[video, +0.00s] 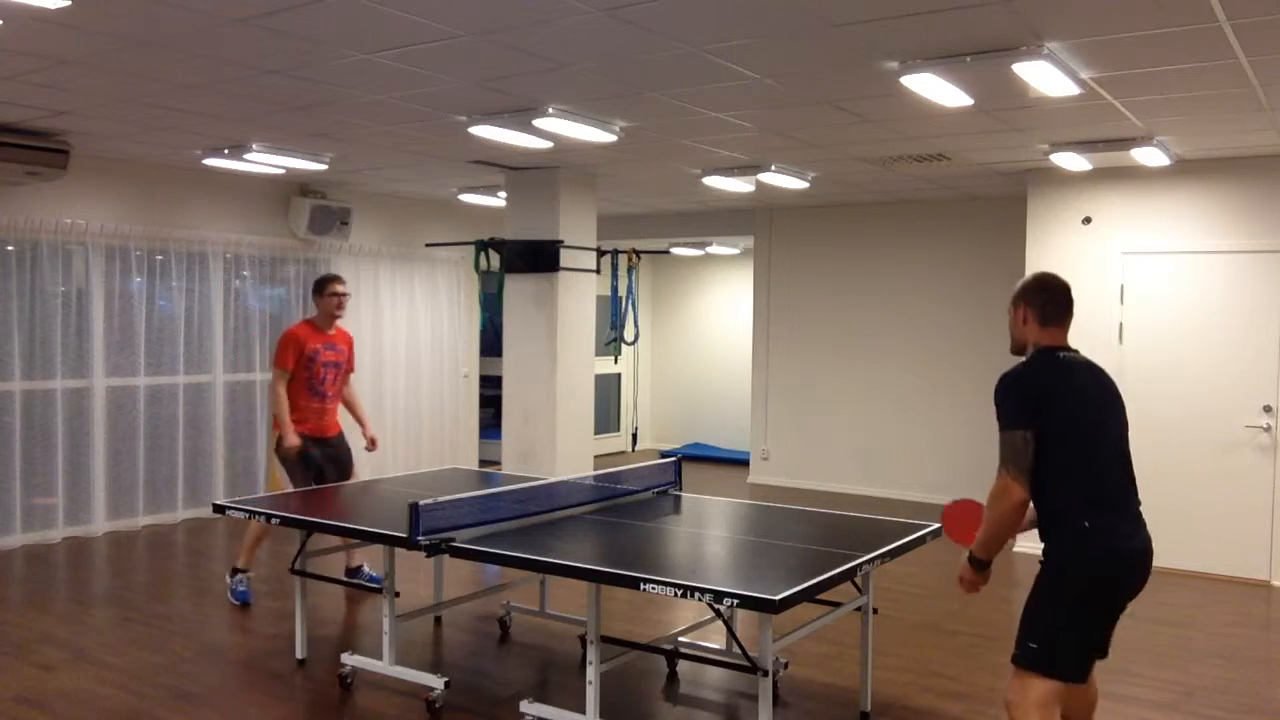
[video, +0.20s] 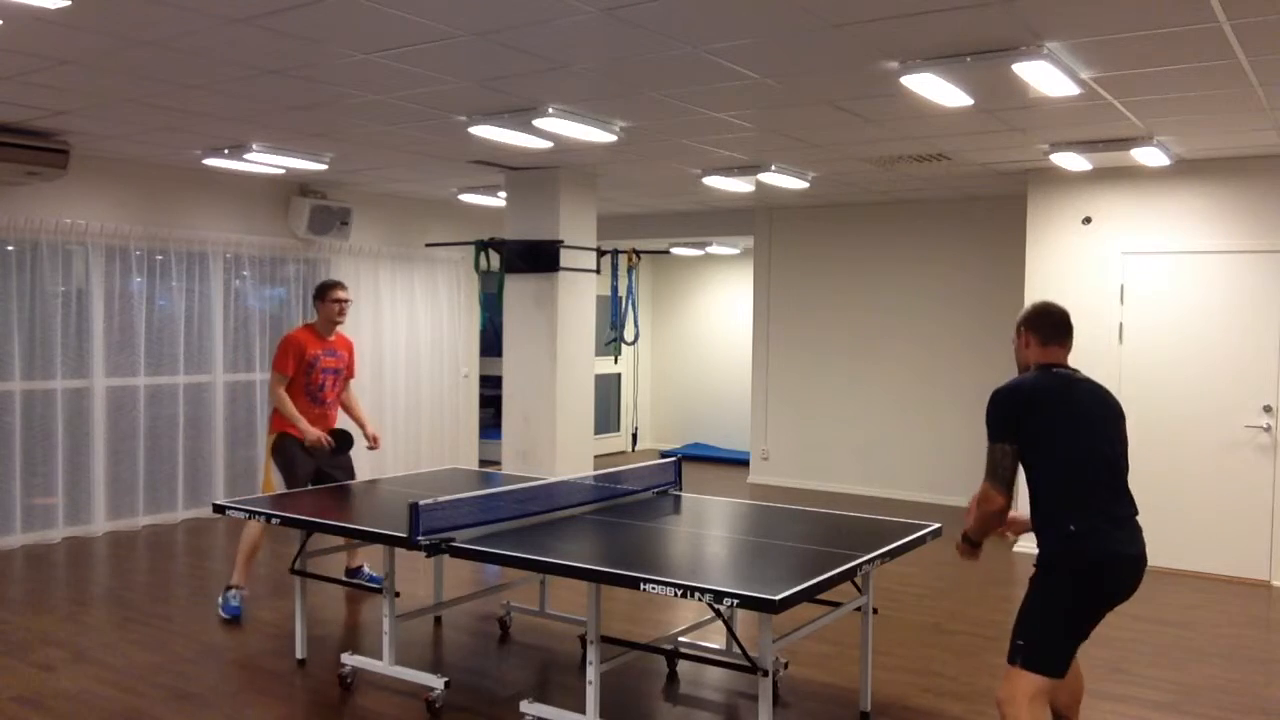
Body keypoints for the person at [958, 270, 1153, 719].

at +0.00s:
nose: (1009, 324)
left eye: (1012, 314)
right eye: (1011, 314)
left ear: (1025, 315)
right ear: (1066, 320)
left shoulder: (1021, 381)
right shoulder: (1098, 379)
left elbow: (1014, 490)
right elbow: (1097, 483)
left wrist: (978, 560)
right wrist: (1027, 521)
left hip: (1079, 554)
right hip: (1129, 549)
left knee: (1030, 690)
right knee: (1076, 674)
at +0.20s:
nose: (1016, 354)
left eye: (1016, 344)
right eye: (1016, 345)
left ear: (1025, 340)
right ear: (1068, 345)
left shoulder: (1013, 396)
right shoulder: (1104, 399)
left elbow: (995, 499)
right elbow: (1098, 497)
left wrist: (972, 537)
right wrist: (1025, 523)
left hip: (1071, 557)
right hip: (1127, 555)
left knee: (1019, 696)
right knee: (1059, 651)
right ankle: (1066, 712)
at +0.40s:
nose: (1013, 354)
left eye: (1013, 347)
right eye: (1013, 347)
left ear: (1020, 343)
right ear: (1064, 347)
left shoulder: (1005, 391)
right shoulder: (1100, 397)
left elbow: (975, 483)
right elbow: (1124, 491)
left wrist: (960, 467)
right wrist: (1076, 473)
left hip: (1056, 550)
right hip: (1116, 549)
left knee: (998, 680)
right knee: (1058, 638)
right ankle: (1065, 715)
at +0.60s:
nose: (1004, 350)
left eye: (1005, 343)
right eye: (1006, 344)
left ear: (1011, 341)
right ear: (1054, 348)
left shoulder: (993, 385)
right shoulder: (1088, 397)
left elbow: (956, 478)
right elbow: (1136, 486)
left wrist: (940, 453)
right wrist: (1110, 450)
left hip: (1040, 542)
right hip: (1100, 543)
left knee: (992, 678)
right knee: (1049, 636)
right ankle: (1060, 717)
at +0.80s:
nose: (981, 364)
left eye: (981, 357)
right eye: (982, 358)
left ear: (987, 356)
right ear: (1027, 361)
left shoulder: (980, 397)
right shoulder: (1056, 409)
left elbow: (957, 491)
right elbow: (1065, 487)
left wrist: (925, 504)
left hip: (1033, 557)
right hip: (1084, 556)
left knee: (966, 683)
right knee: (1023, 645)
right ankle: (1050, 713)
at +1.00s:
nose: (937, 369)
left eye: (938, 359)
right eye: (937, 359)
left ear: (949, 356)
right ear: (983, 357)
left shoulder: (952, 399)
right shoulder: (1021, 404)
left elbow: (950, 495)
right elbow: (1019, 487)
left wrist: (924, 514)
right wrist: (960, 513)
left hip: (1008, 568)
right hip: (1061, 564)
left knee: (923, 699)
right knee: (1029, 661)